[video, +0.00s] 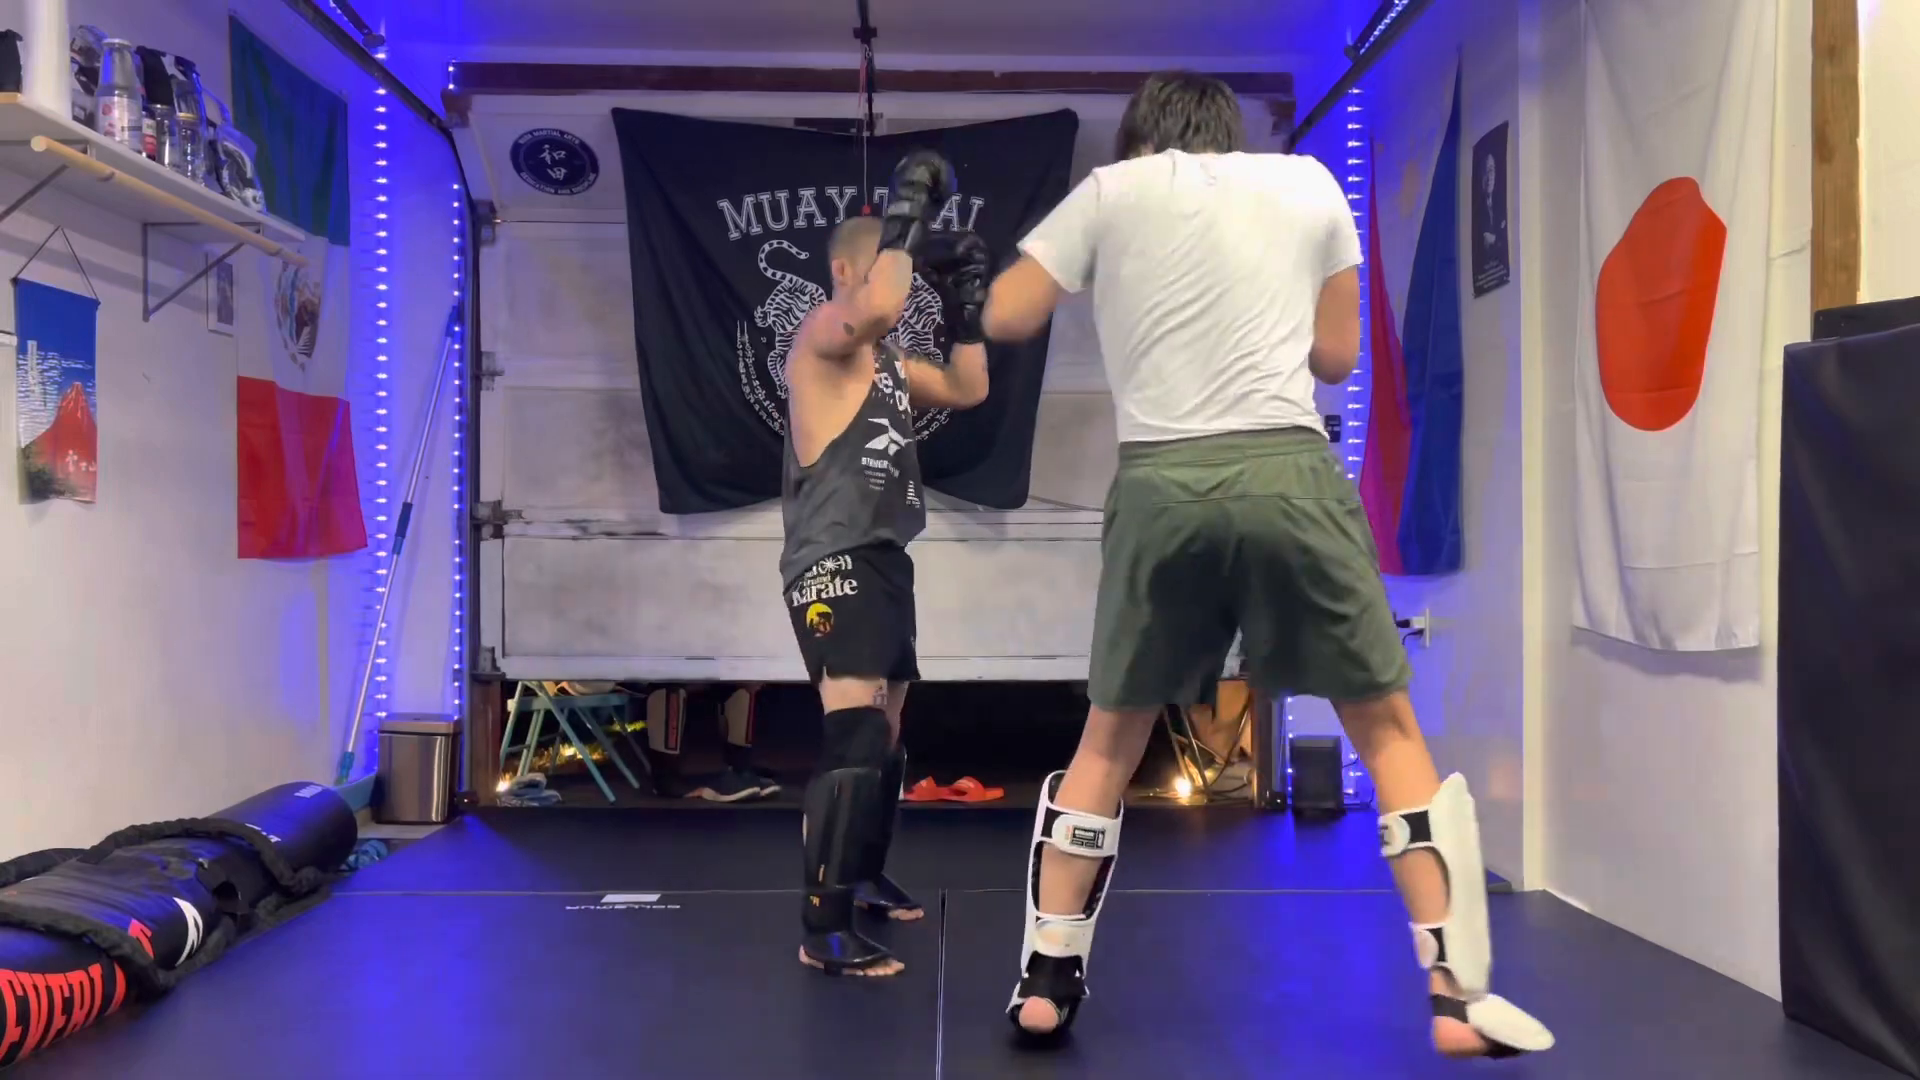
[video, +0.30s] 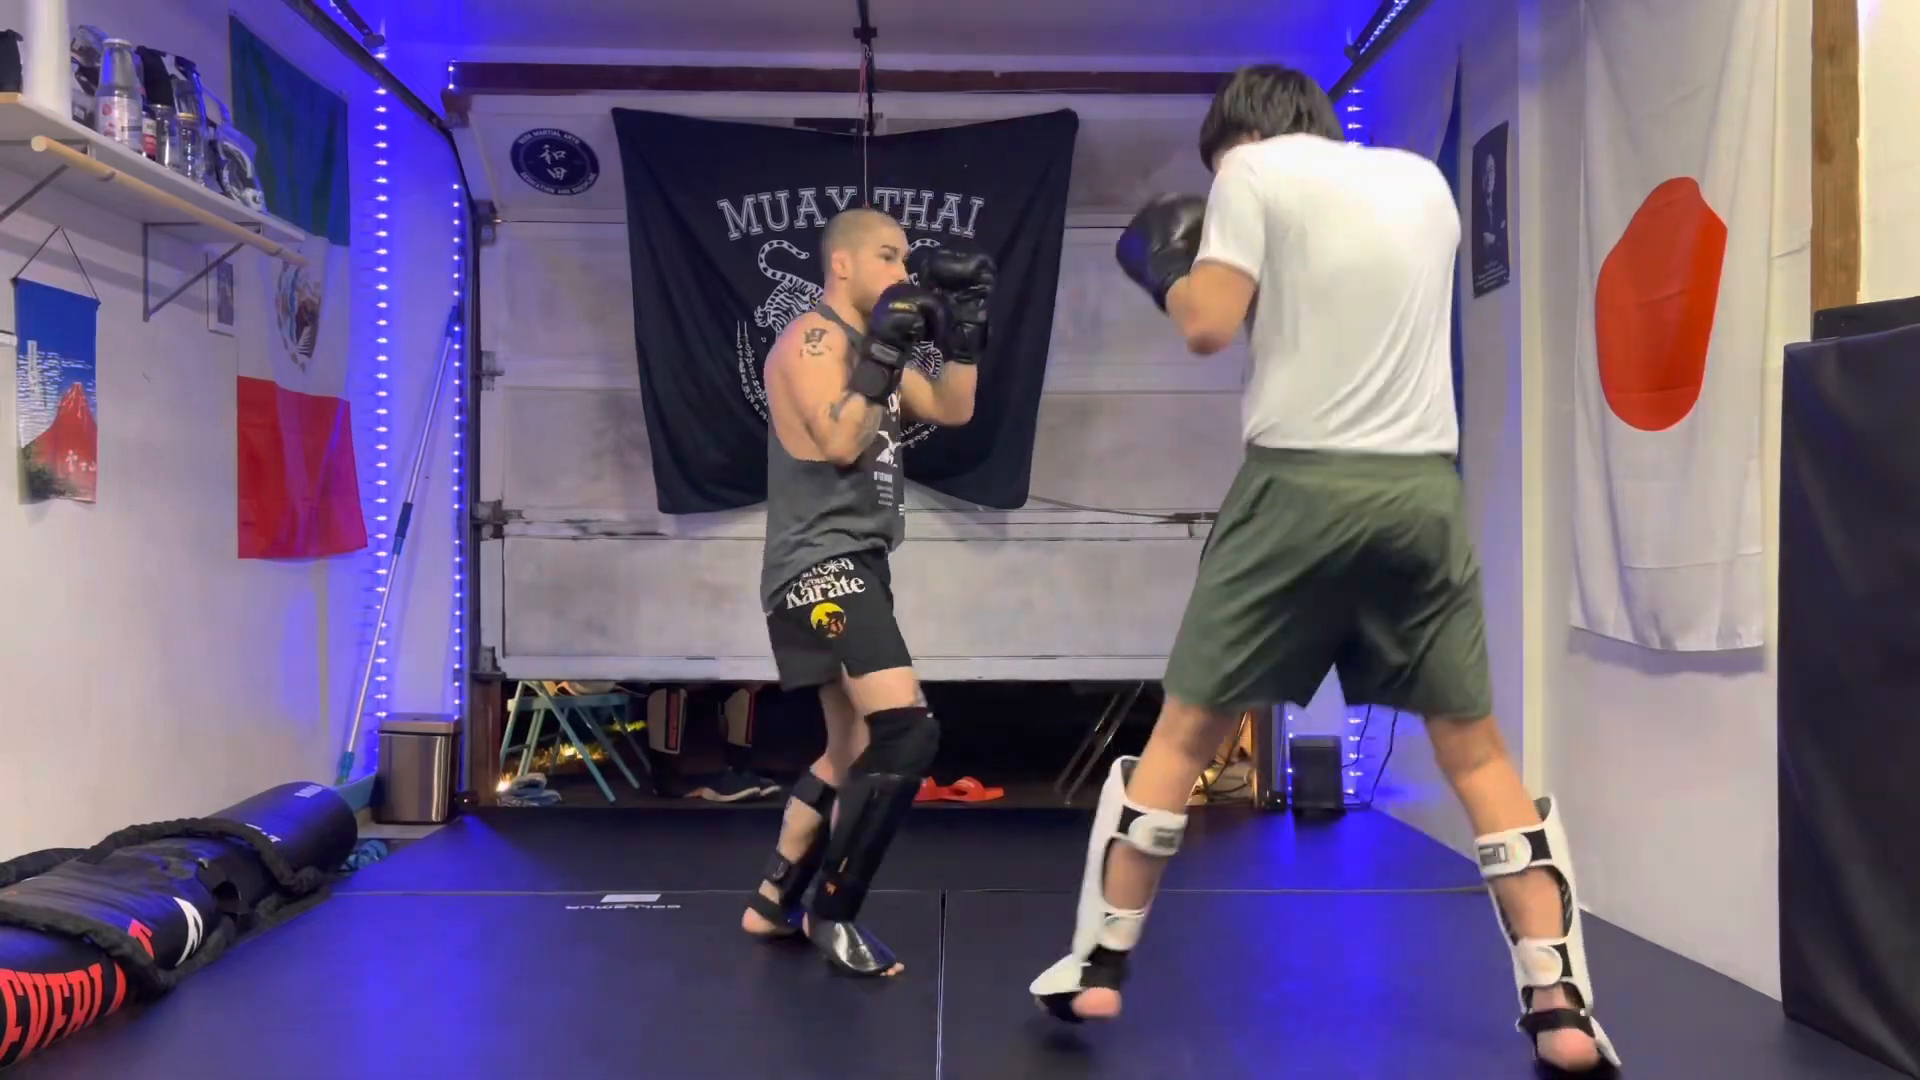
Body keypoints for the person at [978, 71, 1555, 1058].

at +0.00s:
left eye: (1135, 139)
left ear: (1140, 139)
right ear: (1234, 133)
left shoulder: (1111, 191)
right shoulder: (1309, 183)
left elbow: (1006, 316)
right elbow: (1336, 355)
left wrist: (1069, 254)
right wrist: (1254, 308)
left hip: (1161, 488)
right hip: (1292, 479)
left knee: (1108, 742)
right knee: (1385, 729)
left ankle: (1048, 983)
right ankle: (1454, 990)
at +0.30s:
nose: (1222, 177)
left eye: (1221, 165)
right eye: (1221, 168)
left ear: (1244, 141)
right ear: (1317, 121)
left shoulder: (1250, 168)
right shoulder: (1426, 183)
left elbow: (1208, 321)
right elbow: (1381, 297)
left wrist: (1175, 264)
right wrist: (1242, 246)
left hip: (1296, 488)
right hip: (1425, 491)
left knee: (1186, 735)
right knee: (1476, 753)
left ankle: (1099, 967)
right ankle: (1557, 1003)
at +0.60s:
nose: (1303, 169)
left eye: (1303, 152)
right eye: (1301, 155)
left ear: (1322, 132)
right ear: (1394, 114)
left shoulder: (1353, 160)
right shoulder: (1494, 188)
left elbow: (1293, 314)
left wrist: (1256, 215)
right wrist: (1297, 223)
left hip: (1396, 529)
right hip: (1509, 526)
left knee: (1324, 778)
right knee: (1550, 769)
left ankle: (1421, 1033)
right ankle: (1651, 1009)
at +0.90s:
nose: (1273, 188)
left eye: (1276, 174)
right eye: (1276, 181)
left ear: (1299, 161)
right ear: (1386, 141)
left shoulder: (1304, 198)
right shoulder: (1491, 196)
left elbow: (1137, 246)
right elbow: (1473, 327)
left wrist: (1007, 244)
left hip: (1401, 525)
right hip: (1533, 524)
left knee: (1300, 784)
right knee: (1556, 764)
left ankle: (1247, 1045)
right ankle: (1681, 1004)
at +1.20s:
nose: (1196, 265)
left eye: (1189, 239)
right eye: (1184, 245)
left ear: (1232, 210)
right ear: (1274, 192)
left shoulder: (1290, 252)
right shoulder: (1396, 224)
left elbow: (1308, 427)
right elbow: (1382, 375)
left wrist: (1207, 381)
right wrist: (1264, 334)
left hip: (1421, 528)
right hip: (1526, 527)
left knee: (1248, 765)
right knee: (1514, 780)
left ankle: (1257, 1043)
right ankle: (1676, 999)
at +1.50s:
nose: (1171, 244)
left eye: (1169, 227)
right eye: (1163, 234)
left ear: (1200, 202)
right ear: (1264, 179)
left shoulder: (1212, 234)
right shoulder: (1373, 226)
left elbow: (1136, 398)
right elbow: (1337, 357)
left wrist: (1088, 352)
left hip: (1323, 531)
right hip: (1461, 532)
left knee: (1157, 746)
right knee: (1530, 771)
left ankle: (1164, 998)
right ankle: (1645, 1003)